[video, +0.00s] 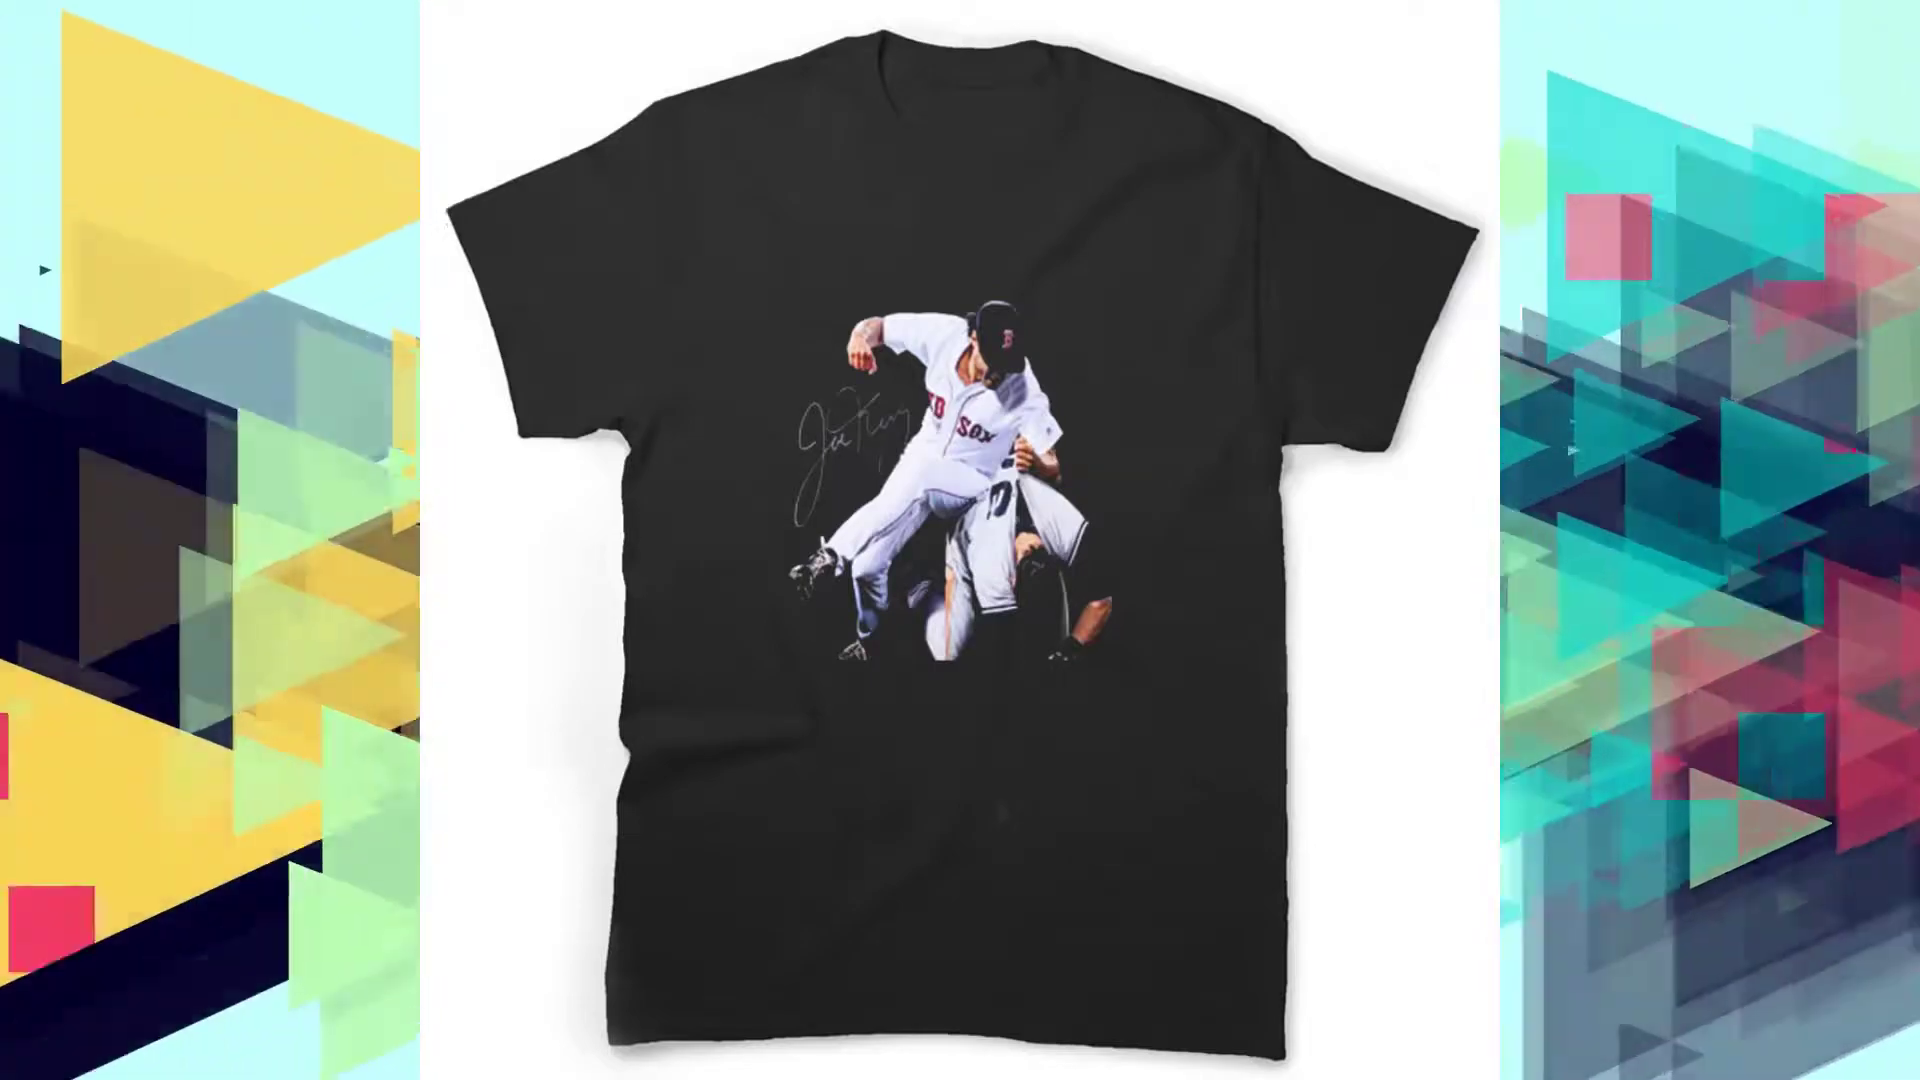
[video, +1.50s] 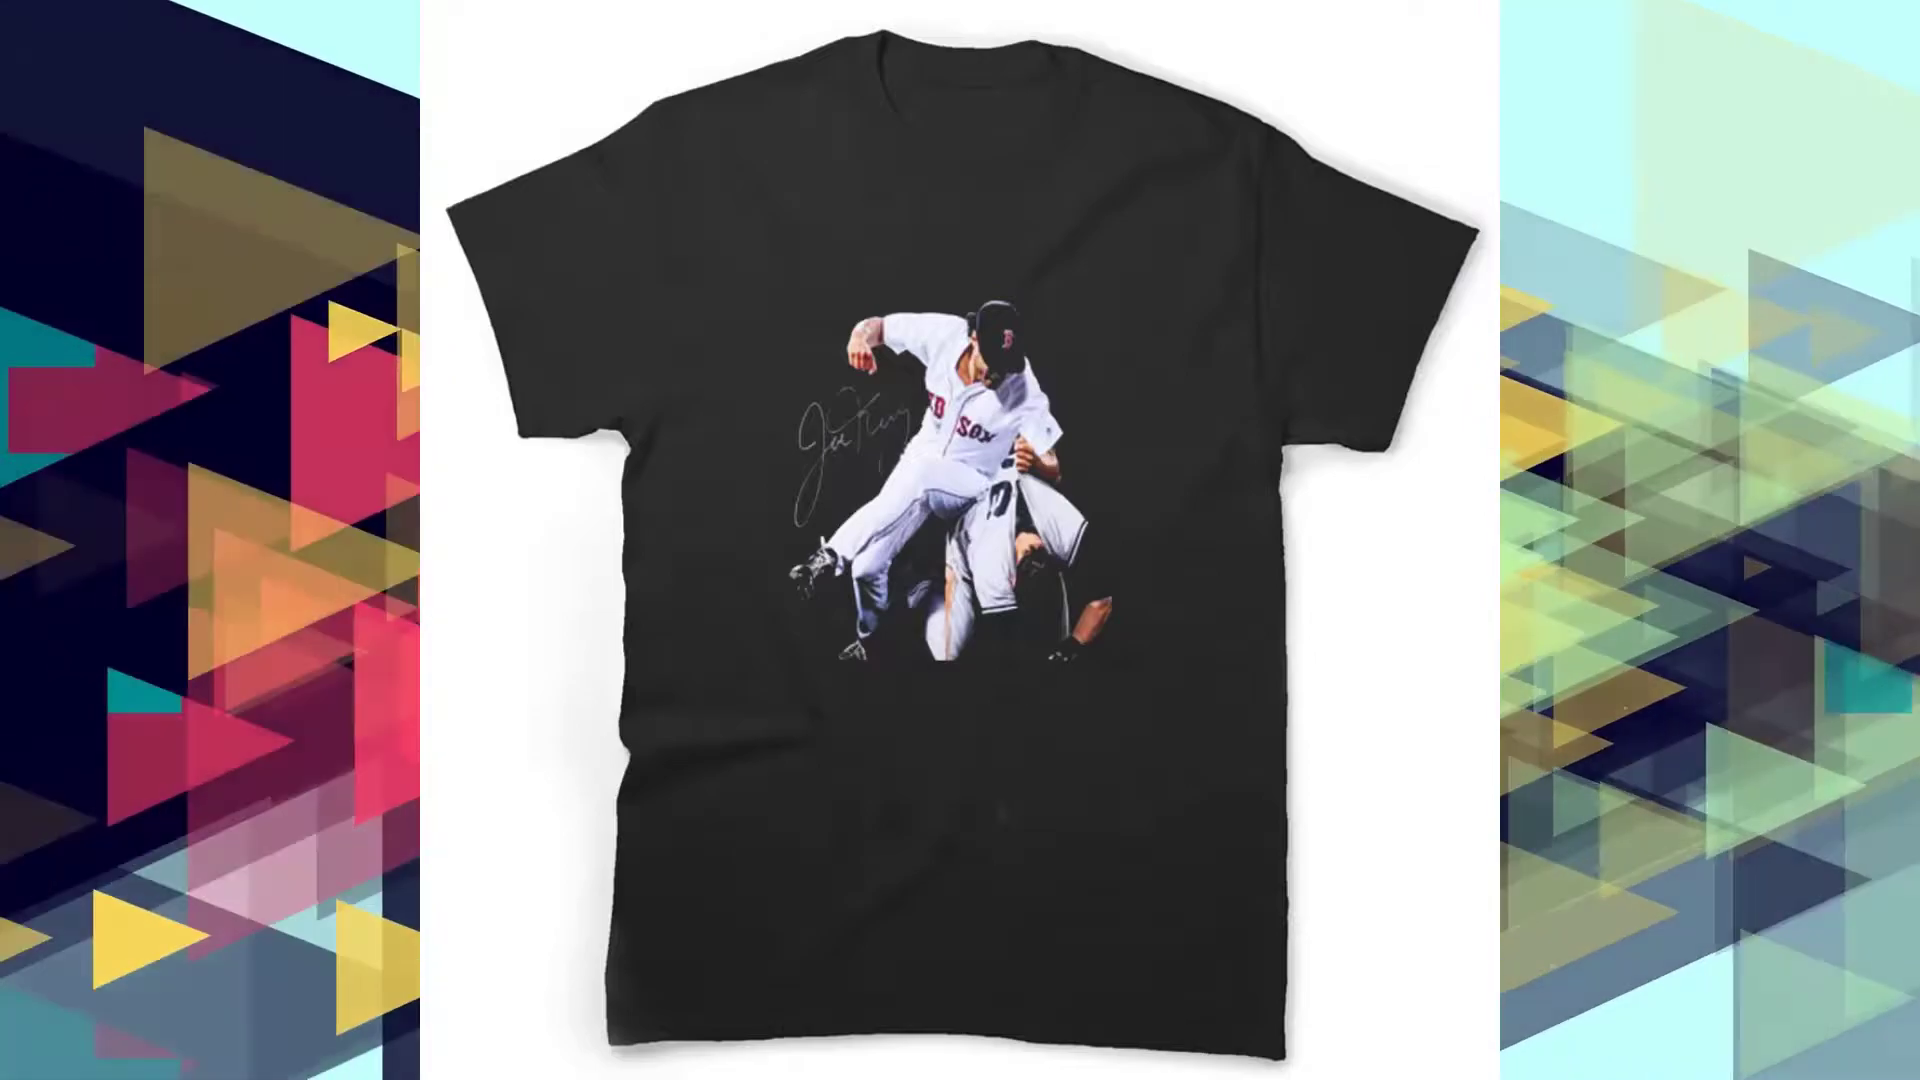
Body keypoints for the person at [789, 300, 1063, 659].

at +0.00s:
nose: (997, 374)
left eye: (1006, 367)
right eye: (991, 364)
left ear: (1017, 354)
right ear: (973, 341)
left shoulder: (1023, 389)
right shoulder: (946, 334)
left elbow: (1054, 468)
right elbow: (878, 327)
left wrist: (1038, 463)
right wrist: (861, 338)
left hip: (979, 482)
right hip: (922, 460)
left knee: (920, 476)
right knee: (867, 566)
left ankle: (828, 560)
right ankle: (871, 641)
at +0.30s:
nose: (997, 374)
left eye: (1006, 367)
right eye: (991, 364)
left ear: (1017, 354)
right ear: (973, 341)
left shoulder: (1023, 389)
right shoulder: (946, 334)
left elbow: (1054, 468)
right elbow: (878, 327)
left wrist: (1038, 463)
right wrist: (861, 338)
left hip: (979, 482)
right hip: (922, 460)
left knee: (920, 476)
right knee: (867, 566)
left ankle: (828, 560)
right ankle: (871, 641)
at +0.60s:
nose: (997, 374)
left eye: (1006, 367)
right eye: (991, 364)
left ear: (1017, 354)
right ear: (973, 341)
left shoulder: (1023, 389)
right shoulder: (946, 334)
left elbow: (1054, 468)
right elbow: (878, 327)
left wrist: (1038, 463)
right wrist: (861, 339)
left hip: (979, 482)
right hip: (922, 460)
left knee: (920, 476)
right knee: (867, 566)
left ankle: (829, 559)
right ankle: (871, 641)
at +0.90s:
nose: (997, 374)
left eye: (1006, 367)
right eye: (991, 364)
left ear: (1017, 354)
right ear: (973, 341)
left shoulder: (1023, 389)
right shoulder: (946, 334)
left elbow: (1054, 468)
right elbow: (878, 327)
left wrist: (1038, 463)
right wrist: (861, 339)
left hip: (979, 482)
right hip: (922, 460)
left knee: (920, 476)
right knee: (867, 566)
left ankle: (829, 559)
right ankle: (871, 641)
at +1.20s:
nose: (997, 374)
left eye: (1006, 367)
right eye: (992, 364)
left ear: (1017, 354)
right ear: (973, 341)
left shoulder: (1024, 390)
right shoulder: (946, 334)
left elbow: (1054, 469)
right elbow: (877, 327)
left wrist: (1038, 463)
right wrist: (861, 339)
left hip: (979, 482)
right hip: (922, 460)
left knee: (921, 476)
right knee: (867, 566)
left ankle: (829, 559)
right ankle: (871, 641)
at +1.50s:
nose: (994, 375)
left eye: (1003, 368)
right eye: (990, 365)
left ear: (1016, 355)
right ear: (973, 341)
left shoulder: (1024, 390)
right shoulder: (946, 334)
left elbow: (1054, 469)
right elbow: (877, 327)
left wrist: (1038, 463)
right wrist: (861, 339)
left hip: (979, 484)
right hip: (922, 462)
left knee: (920, 474)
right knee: (867, 567)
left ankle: (828, 560)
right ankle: (872, 642)